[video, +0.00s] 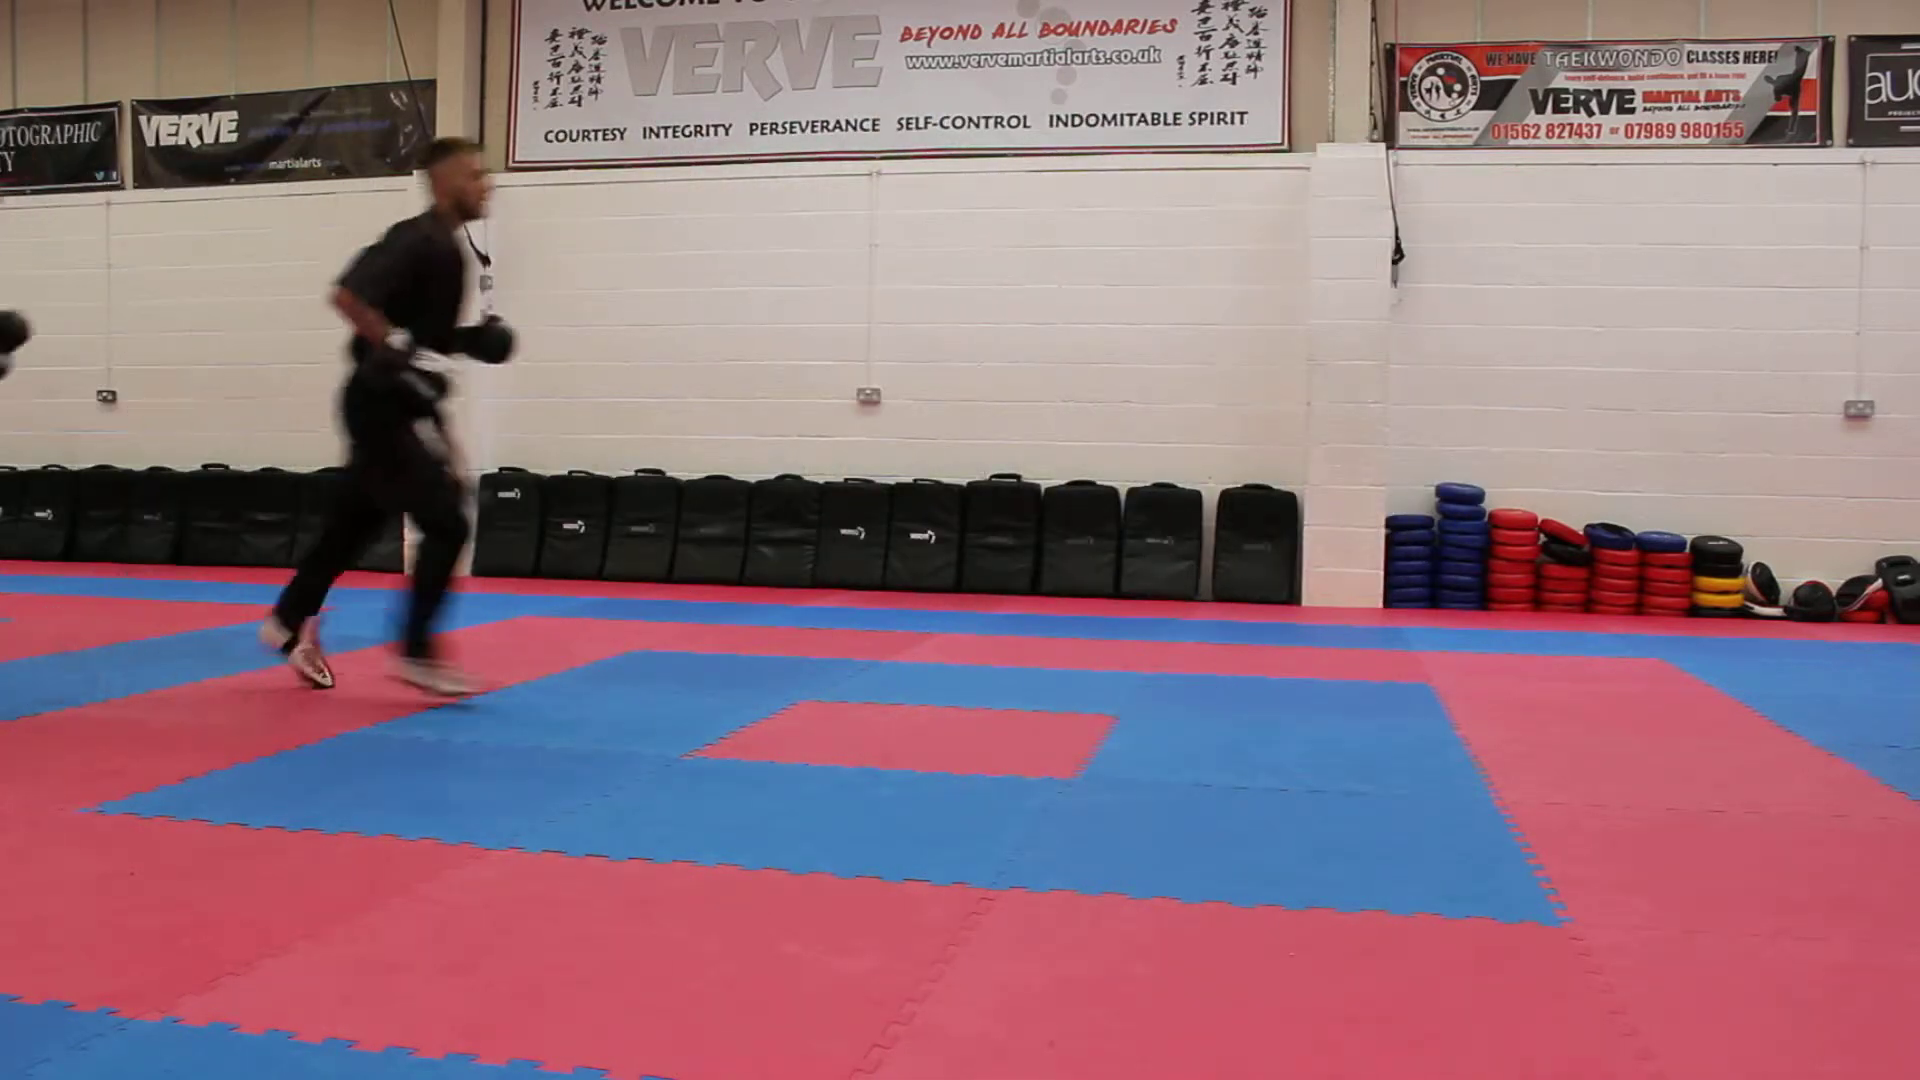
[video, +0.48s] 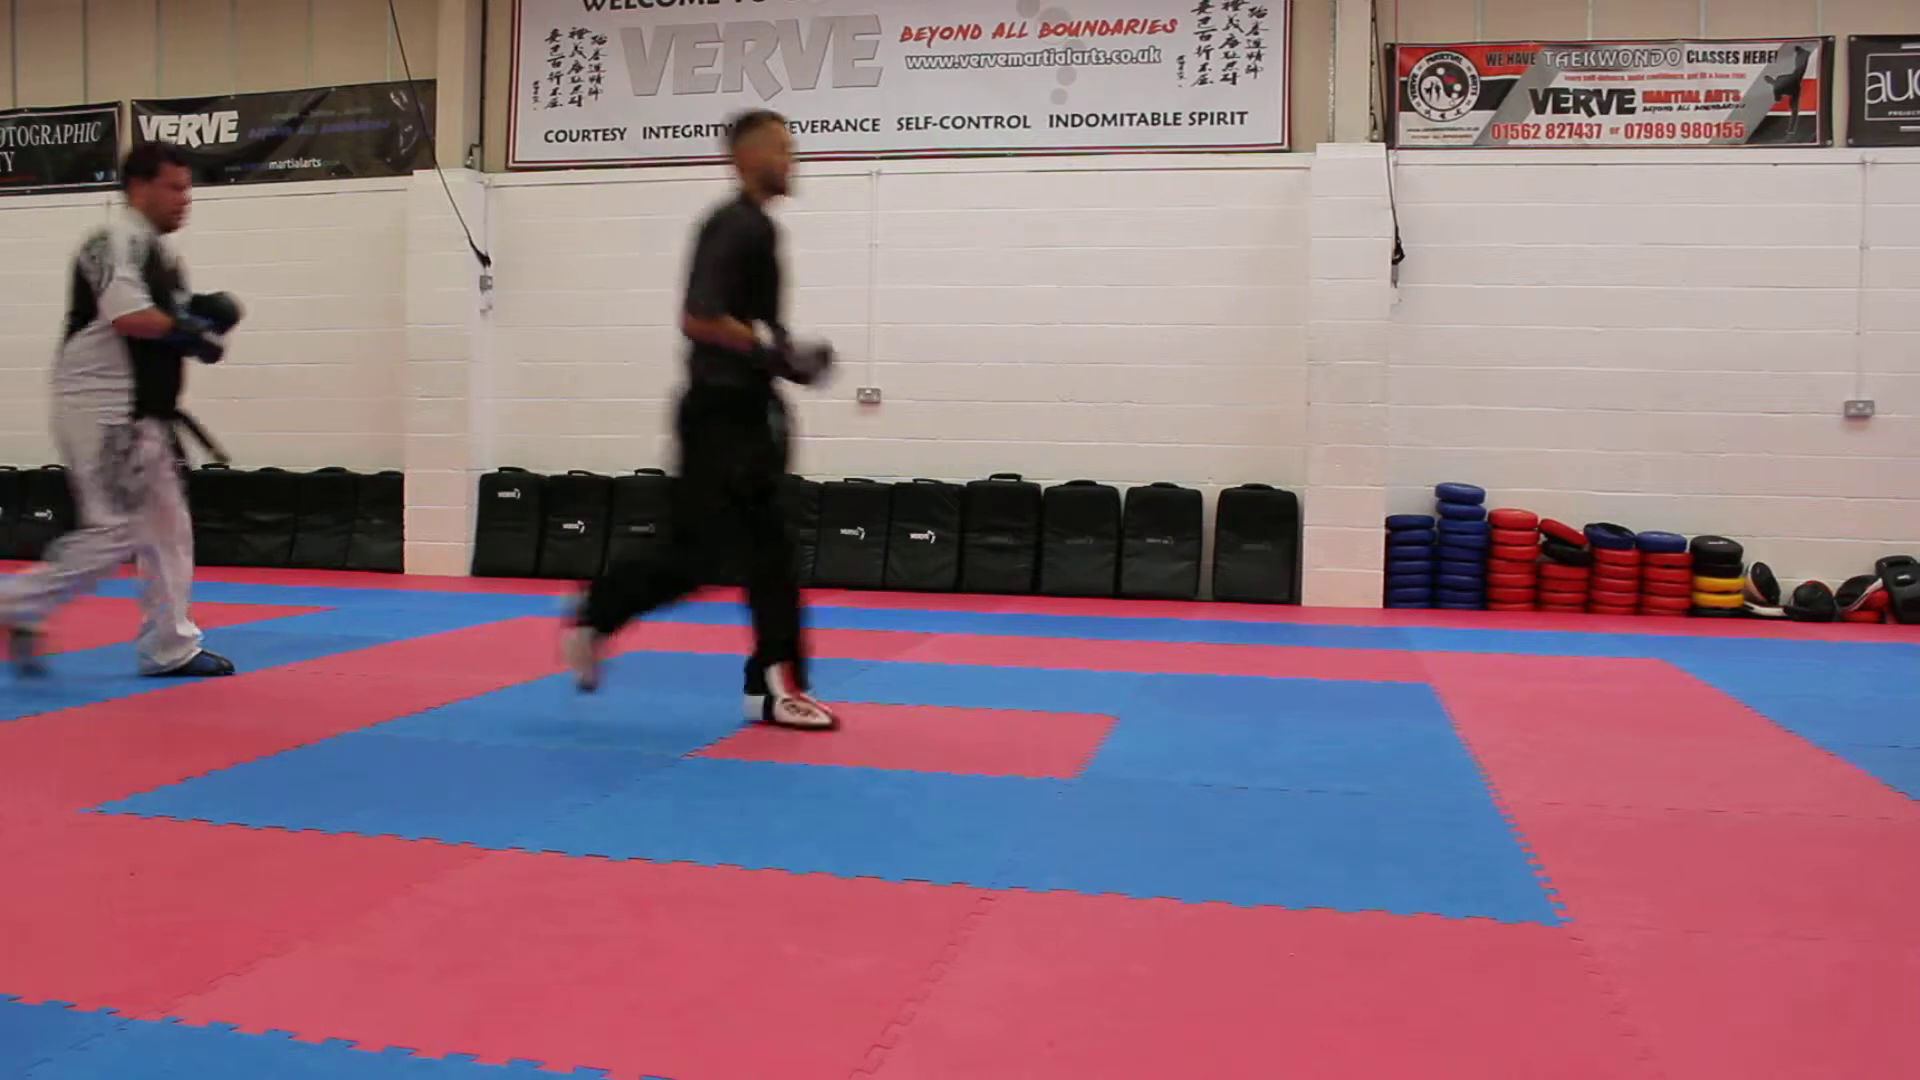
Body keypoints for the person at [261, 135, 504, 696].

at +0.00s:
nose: (485, 185)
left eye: (483, 175)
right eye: (474, 176)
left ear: (460, 183)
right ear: (442, 183)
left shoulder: (449, 248)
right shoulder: (416, 239)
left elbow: (426, 327)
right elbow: (349, 295)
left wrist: (473, 339)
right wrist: (397, 347)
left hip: (399, 397)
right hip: (380, 401)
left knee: (361, 514)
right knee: (446, 520)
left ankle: (287, 619)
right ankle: (416, 652)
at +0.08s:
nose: (532, 182)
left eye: (532, 172)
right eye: (520, 173)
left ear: (515, 182)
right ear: (486, 180)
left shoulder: (501, 253)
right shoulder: (458, 246)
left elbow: (473, 331)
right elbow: (401, 317)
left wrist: (514, 354)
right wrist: (452, 375)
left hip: (454, 402)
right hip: (427, 404)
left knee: (414, 523)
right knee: (481, 525)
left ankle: (334, 593)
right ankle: (493, 667)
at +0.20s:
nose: (602, 192)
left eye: (600, 182)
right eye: (590, 182)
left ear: (571, 192)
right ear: (555, 189)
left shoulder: (563, 262)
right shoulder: (533, 262)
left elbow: (543, 355)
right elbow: (500, 361)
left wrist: (580, 393)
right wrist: (559, 394)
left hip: (533, 421)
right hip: (508, 424)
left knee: (536, 541)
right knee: (541, 547)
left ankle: (461, 591)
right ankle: (508, 676)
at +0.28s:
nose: (651, 175)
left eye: (651, 165)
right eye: (639, 165)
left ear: (636, 173)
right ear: (605, 170)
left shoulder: (616, 244)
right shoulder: (590, 243)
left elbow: (595, 341)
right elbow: (558, 340)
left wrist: (650, 365)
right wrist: (626, 354)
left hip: (594, 407)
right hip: (562, 409)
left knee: (616, 542)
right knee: (558, 539)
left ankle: (550, 622)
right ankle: (513, 662)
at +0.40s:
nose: (735, 150)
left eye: (734, 139)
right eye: (723, 139)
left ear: (709, 147)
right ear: (688, 145)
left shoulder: (699, 218)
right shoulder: (675, 217)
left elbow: (683, 306)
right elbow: (653, 308)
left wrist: (727, 328)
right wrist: (718, 321)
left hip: (689, 395)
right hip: (657, 396)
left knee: (714, 525)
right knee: (613, 521)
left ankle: (728, 663)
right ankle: (538, 635)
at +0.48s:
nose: (789, 162)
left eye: (789, 151)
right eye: (778, 151)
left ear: (764, 160)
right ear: (744, 157)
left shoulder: (755, 228)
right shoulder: (732, 226)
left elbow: (745, 320)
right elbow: (700, 318)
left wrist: (788, 353)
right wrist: (775, 353)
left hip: (741, 404)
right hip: (719, 407)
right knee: (758, 541)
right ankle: (779, 686)